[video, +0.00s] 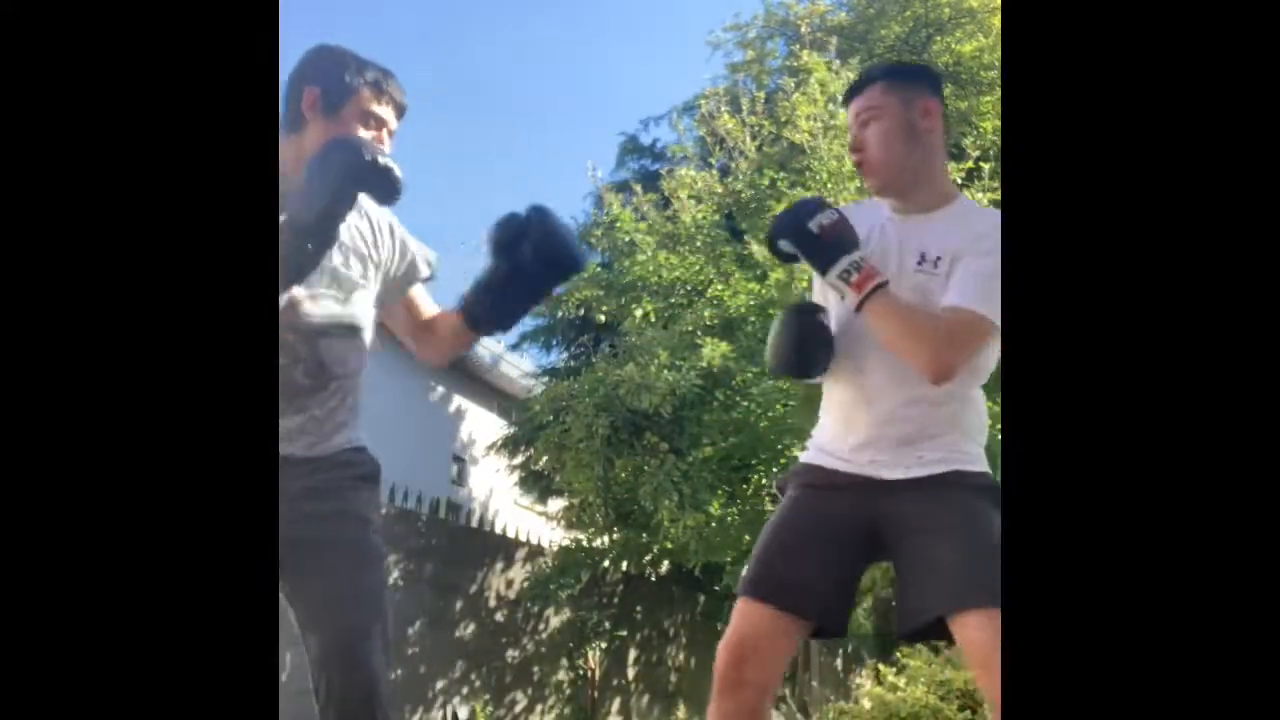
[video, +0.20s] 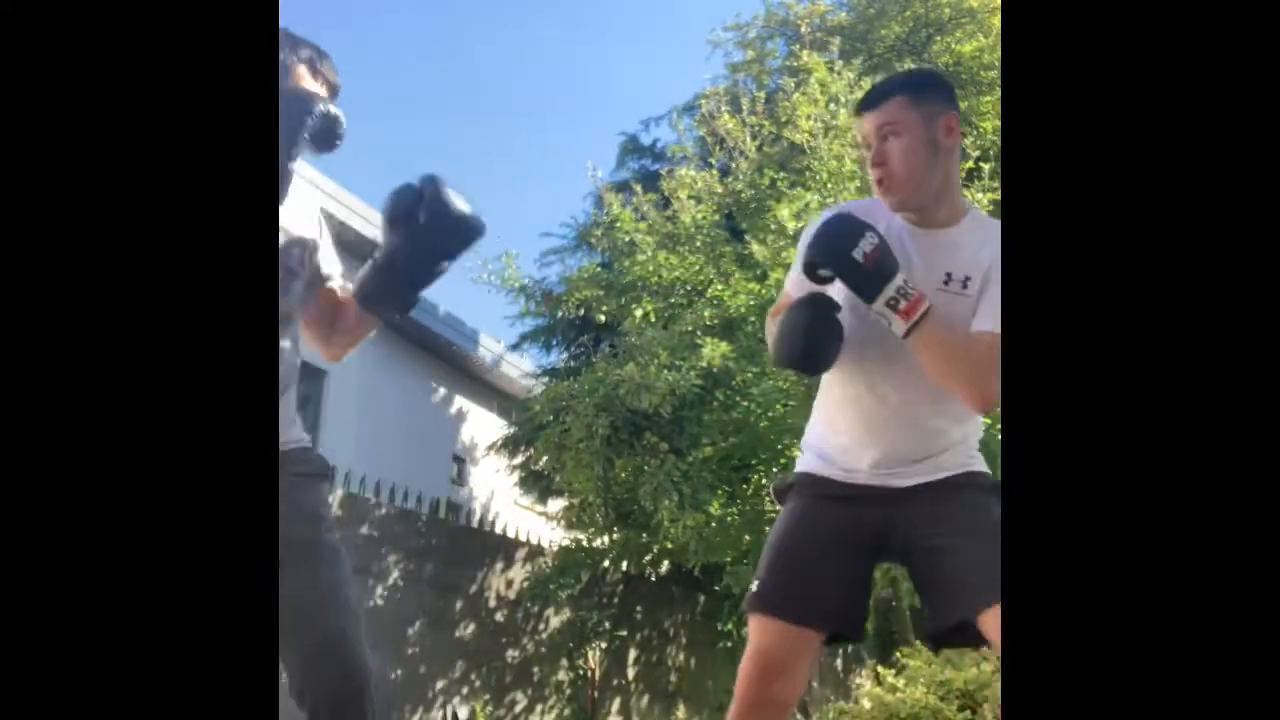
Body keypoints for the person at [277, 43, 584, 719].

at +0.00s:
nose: (385, 147)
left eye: (391, 135)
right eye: (374, 125)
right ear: (313, 103)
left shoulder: (374, 227)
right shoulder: (284, 206)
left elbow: (431, 340)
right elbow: (284, 294)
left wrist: (511, 285)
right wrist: (310, 217)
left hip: (324, 474)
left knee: (356, 683)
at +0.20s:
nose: (319, 126)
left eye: (325, 115)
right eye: (308, 103)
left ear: (325, 121)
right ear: (277, 86)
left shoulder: (297, 225)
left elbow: (331, 334)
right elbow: (330, 333)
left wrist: (403, 266)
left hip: (288, 454)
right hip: (289, 454)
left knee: (342, 684)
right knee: (337, 683)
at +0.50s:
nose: (329, 95)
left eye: (332, 80)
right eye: (320, 71)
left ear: (327, 75)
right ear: (289, 52)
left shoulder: (299, 179)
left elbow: (393, 278)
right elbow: (316, 215)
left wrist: (414, 159)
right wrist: (368, 101)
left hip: (285, 438)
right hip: (282, 436)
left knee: (311, 657)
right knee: (305, 660)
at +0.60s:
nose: (377, 134)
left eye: (388, 117)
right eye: (378, 106)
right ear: (342, 71)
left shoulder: (318, 191)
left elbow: (419, 305)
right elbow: (344, 232)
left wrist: (456, 184)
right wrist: (412, 121)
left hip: (284, 450)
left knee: (337, 675)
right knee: (334, 675)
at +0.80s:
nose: (401, 136)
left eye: (407, 124)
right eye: (396, 109)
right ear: (341, 76)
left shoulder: (303, 194)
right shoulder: (280, 156)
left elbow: (402, 333)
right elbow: (326, 254)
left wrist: (516, 271)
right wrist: (444, 192)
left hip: (283, 473)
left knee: (344, 659)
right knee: (343, 660)